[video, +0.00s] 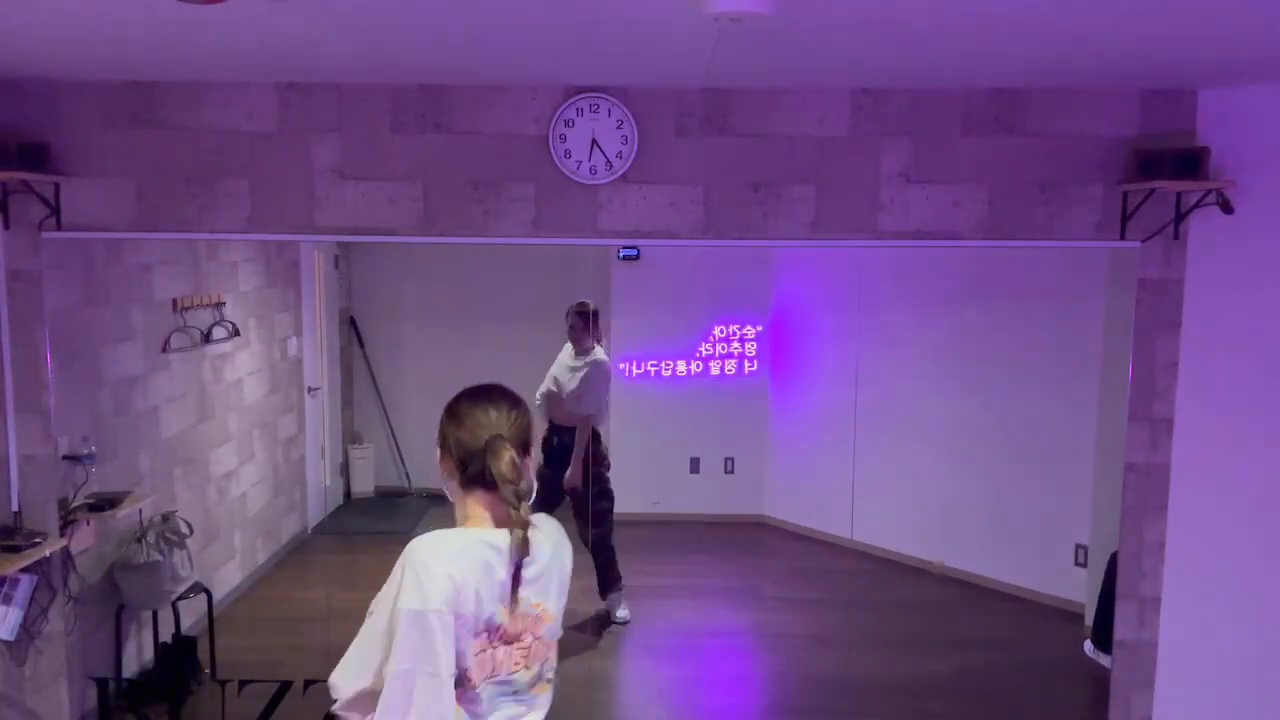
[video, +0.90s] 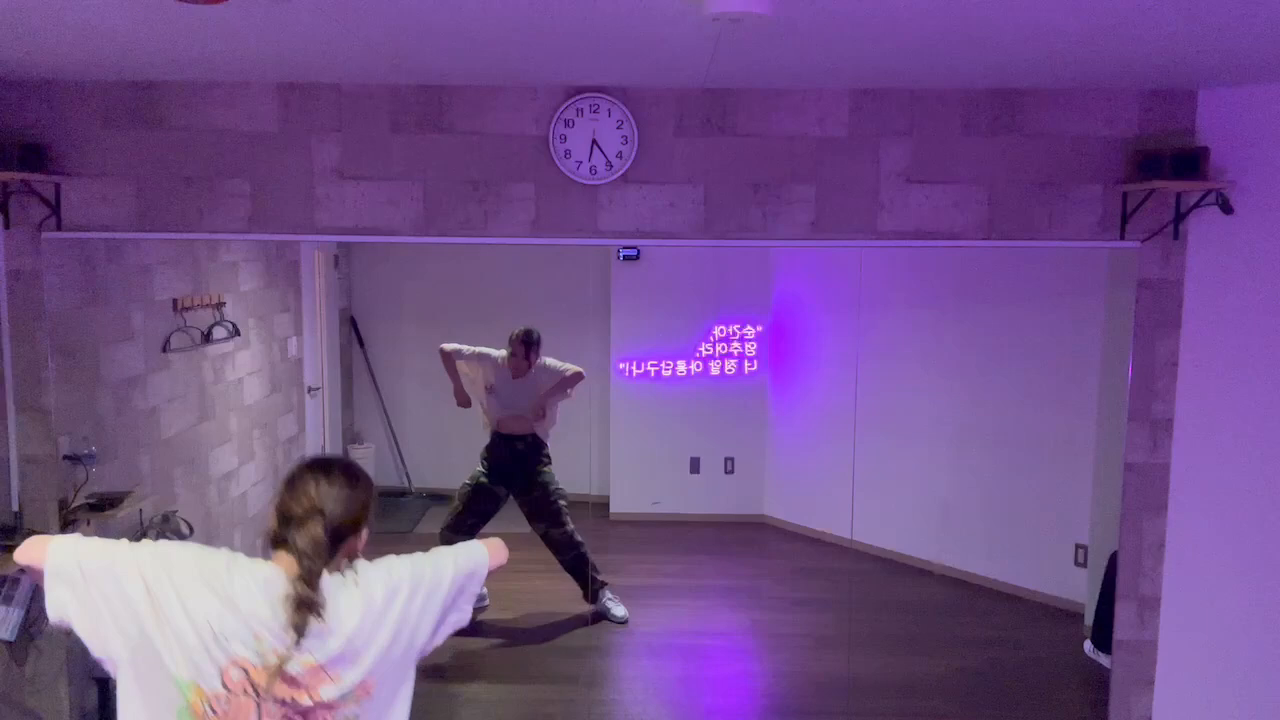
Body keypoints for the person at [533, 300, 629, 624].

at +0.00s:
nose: (572, 333)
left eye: (578, 328)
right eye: (570, 328)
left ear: (593, 329)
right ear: (567, 327)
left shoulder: (598, 365)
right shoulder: (568, 352)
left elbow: (587, 418)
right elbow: (554, 398)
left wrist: (576, 464)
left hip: (584, 447)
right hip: (555, 442)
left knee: (595, 526)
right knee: (537, 517)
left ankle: (614, 597)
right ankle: (519, 592)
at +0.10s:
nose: (560, 348)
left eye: (565, 343)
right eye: (558, 342)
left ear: (583, 345)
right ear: (557, 342)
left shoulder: (584, 381)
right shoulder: (558, 364)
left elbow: (570, 438)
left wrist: (551, 480)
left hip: (572, 460)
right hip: (544, 455)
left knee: (586, 537)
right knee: (506, 520)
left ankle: (613, 598)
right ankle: (482, 588)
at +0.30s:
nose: (541, 381)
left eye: (547, 375)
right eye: (539, 374)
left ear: (564, 376)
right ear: (537, 373)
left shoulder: (575, 410)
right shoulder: (537, 393)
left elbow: (557, 462)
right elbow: (529, 436)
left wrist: (516, 491)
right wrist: (510, 459)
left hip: (569, 490)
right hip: (537, 485)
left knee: (584, 557)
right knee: (473, 529)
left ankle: (613, 600)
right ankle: (474, 594)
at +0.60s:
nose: (533, 414)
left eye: (538, 410)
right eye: (533, 409)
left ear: (556, 413)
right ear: (532, 407)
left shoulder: (570, 436)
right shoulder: (526, 420)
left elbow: (559, 469)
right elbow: (503, 425)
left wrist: (513, 463)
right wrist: (476, 429)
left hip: (562, 513)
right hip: (526, 505)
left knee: (590, 567)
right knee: (456, 533)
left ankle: (612, 600)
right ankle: (474, 593)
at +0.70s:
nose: (528, 410)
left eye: (534, 407)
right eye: (528, 404)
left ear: (551, 407)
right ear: (526, 399)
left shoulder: (563, 422)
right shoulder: (516, 410)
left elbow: (565, 442)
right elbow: (488, 399)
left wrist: (519, 441)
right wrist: (468, 408)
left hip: (556, 502)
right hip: (517, 498)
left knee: (587, 559)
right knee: (450, 539)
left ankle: (613, 600)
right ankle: (474, 593)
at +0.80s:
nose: (526, 392)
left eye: (533, 387)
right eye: (522, 385)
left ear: (544, 387)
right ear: (517, 380)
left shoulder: (556, 401)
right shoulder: (505, 388)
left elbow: (571, 402)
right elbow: (468, 367)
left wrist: (530, 414)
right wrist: (462, 394)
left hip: (544, 482)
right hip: (508, 479)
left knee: (574, 544)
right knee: (448, 539)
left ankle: (612, 597)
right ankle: (474, 597)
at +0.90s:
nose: (519, 363)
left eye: (525, 358)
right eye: (516, 356)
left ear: (535, 357)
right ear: (508, 350)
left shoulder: (543, 367)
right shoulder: (492, 360)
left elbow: (576, 374)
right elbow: (446, 350)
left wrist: (544, 399)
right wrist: (458, 387)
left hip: (532, 460)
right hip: (497, 458)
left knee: (560, 530)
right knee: (453, 532)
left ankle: (600, 595)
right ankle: (472, 591)